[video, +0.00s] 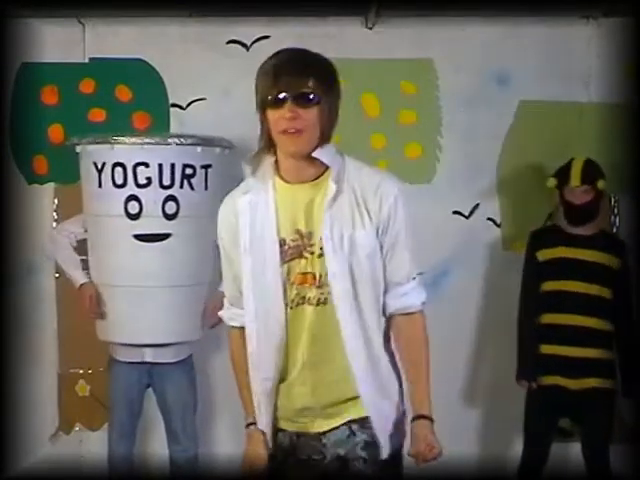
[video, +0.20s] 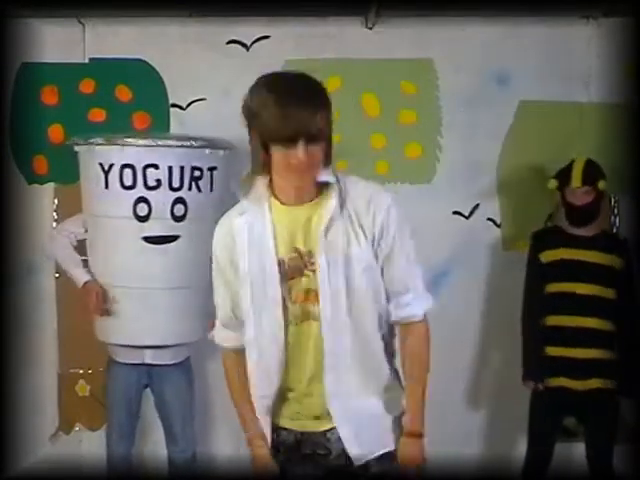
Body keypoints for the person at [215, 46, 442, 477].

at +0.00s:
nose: (290, 112)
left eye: (305, 99)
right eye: (277, 101)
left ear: (330, 110)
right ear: (263, 114)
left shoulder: (377, 193)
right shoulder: (238, 210)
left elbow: (405, 309)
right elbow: (238, 323)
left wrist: (421, 415)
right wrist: (254, 425)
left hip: (364, 420)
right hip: (283, 425)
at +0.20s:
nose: (302, 156)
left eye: (312, 141)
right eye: (286, 144)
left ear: (328, 138)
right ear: (261, 145)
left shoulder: (373, 209)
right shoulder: (234, 231)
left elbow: (412, 319)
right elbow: (232, 342)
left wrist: (413, 430)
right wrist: (254, 439)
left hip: (367, 441)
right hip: (284, 444)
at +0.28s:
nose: (313, 195)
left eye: (322, 179)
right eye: (297, 183)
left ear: (333, 175)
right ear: (265, 184)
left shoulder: (376, 238)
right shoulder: (239, 258)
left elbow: (417, 349)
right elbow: (240, 376)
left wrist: (418, 456)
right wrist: (264, 461)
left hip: (367, 450)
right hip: (287, 450)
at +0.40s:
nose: (328, 296)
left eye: (333, 278)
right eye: (309, 287)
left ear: (342, 272)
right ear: (278, 294)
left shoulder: (388, 323)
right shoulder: (251, 338)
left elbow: (448, 438)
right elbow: (259, 450)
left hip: (376, 466)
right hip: (299, 465)